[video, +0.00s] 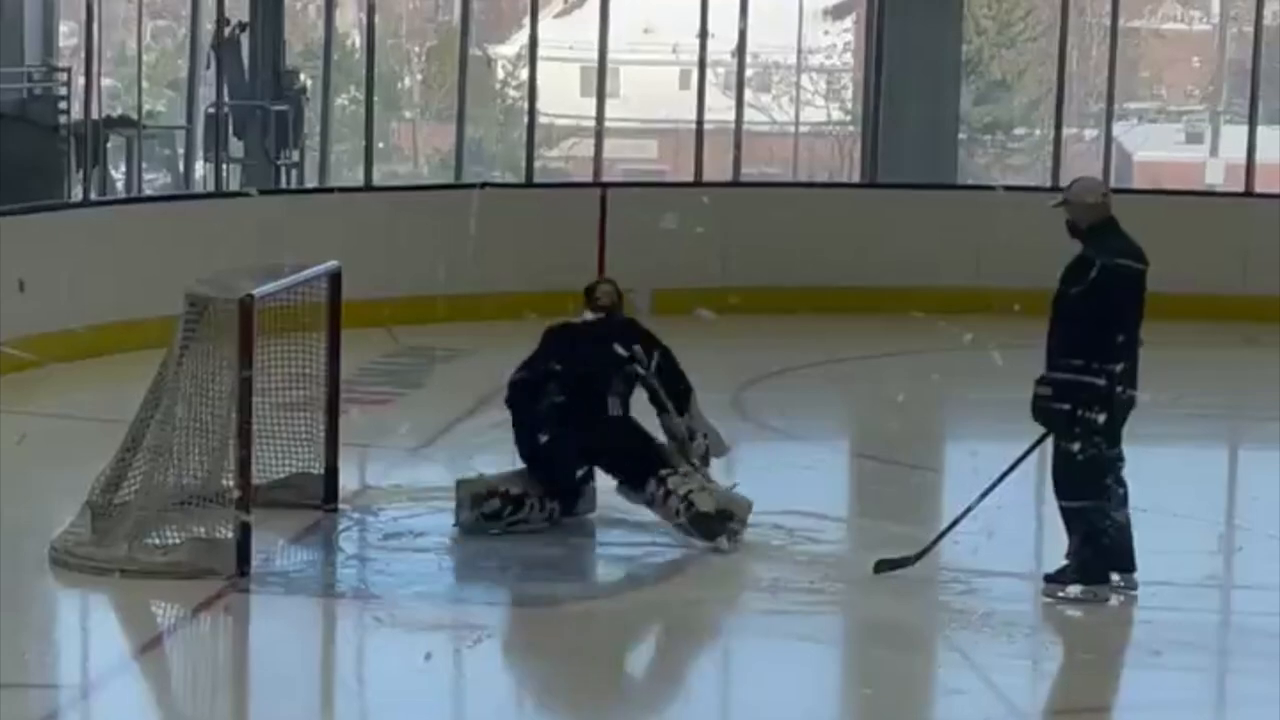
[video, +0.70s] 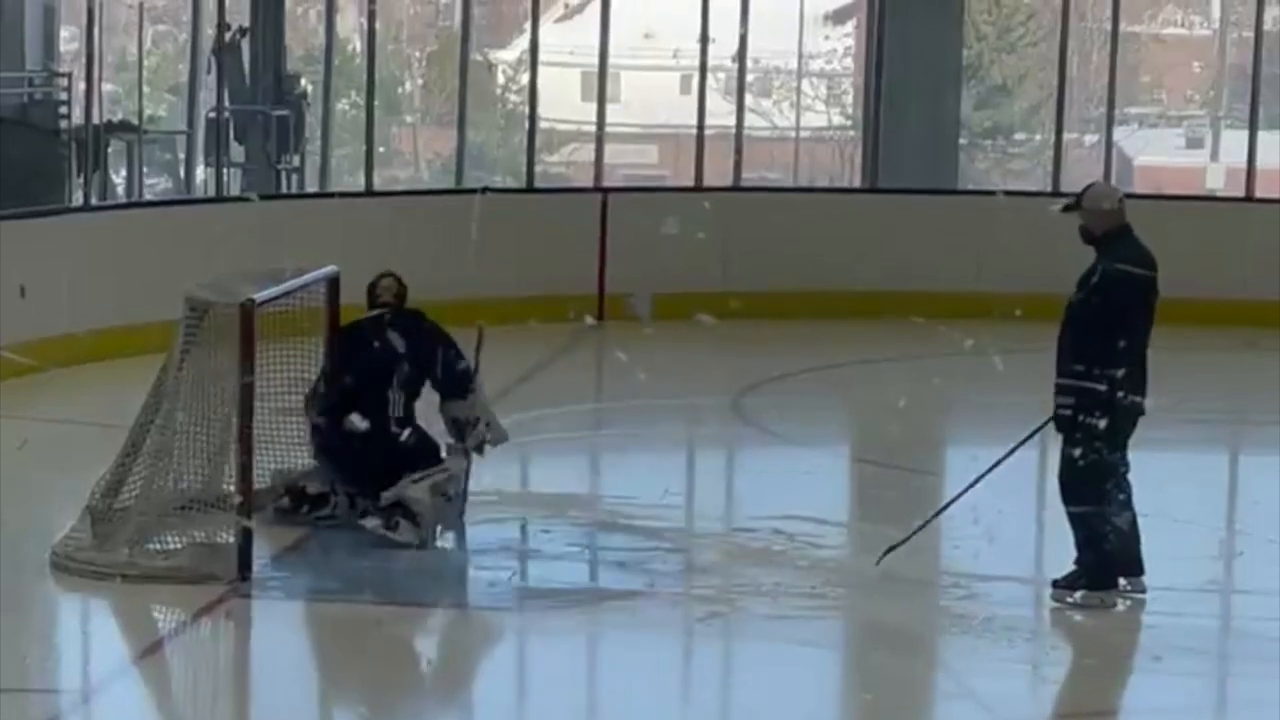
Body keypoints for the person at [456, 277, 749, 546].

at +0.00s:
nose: (607, 300)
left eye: (600, 297)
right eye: (613, 298)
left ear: (585, 307)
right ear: (619, 307)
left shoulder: (557, 335)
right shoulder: (630, 334)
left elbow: (519, 389)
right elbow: (669, 383)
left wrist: (531, 452)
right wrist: (689, 433)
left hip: (547, 433)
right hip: (604, 429)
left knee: (570, 497)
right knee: (657, 474)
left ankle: (500, 507)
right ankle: (703, 507)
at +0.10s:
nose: (563, 304)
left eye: (561, 298)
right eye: (563, 298)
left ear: (542, 307)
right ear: (578, 304)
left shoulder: (519, 336)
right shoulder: (596, 335)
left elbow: (480, 388)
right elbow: (628, 386)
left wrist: (481, 444)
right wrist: (646, 435)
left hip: (509, 433)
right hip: (571, 430)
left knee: (526, 498)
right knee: (621, 476)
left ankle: (474, 508)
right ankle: (679, 511)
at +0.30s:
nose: (487, 288)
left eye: (485, 285)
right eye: (488, 284)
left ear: (466, 298)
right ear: (505, 296)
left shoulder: (443, 330)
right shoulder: (526, 325)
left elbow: (406, 381)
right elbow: (557, 373)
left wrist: (406, 430)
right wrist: (573, 417)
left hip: (438, 429)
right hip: (500, 424)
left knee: (476, 492)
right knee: (552, 464)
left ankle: (407, 503)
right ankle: (580, 509)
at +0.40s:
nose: (456, 283)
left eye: (454, 280)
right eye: (457, 280)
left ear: (435, 296)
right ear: (471, 293)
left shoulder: (416, 328)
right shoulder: (489, 319)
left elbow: (375, 385)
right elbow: (529, 361)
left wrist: (382, 429)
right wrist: (540, 400)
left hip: (423, 435)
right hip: (476, 432)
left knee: (437, 498)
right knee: (516, 441)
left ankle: (377, 500)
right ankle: (526, 504)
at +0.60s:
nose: (407, 289)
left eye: (408, 285)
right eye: (404, 285)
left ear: (384, 298)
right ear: (419, 296)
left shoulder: (361, 328)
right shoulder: (436, 322)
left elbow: (334, 385)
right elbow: (476, 360)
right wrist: (492, 408)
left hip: (352, 433)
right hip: (413, 428)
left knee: (383, 495)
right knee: (462, 469)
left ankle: (326, 501)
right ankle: (444, 517)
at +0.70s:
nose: (387, 294)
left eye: (394, 289)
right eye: (380, 289)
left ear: (404, 299)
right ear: (370, 298)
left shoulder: (420, 329)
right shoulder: (350, 334)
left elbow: (455, 375)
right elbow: (328, 389)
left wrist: (467, 422)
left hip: (398, 428)